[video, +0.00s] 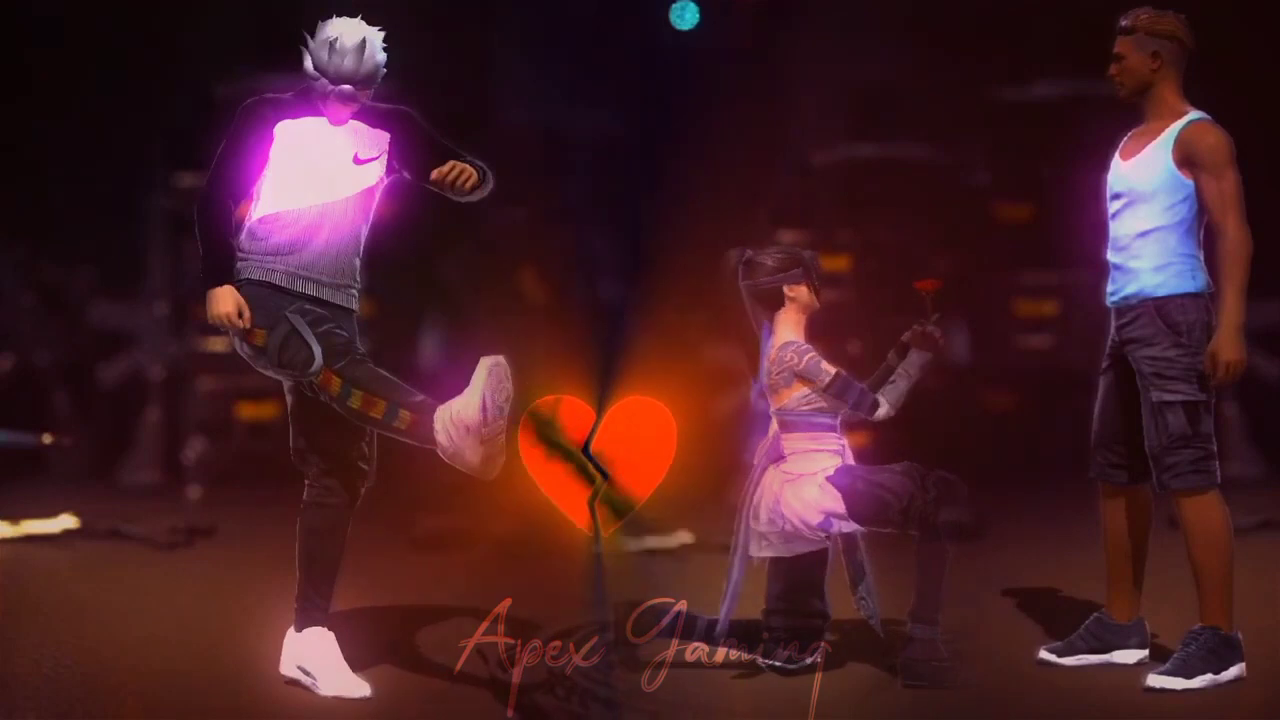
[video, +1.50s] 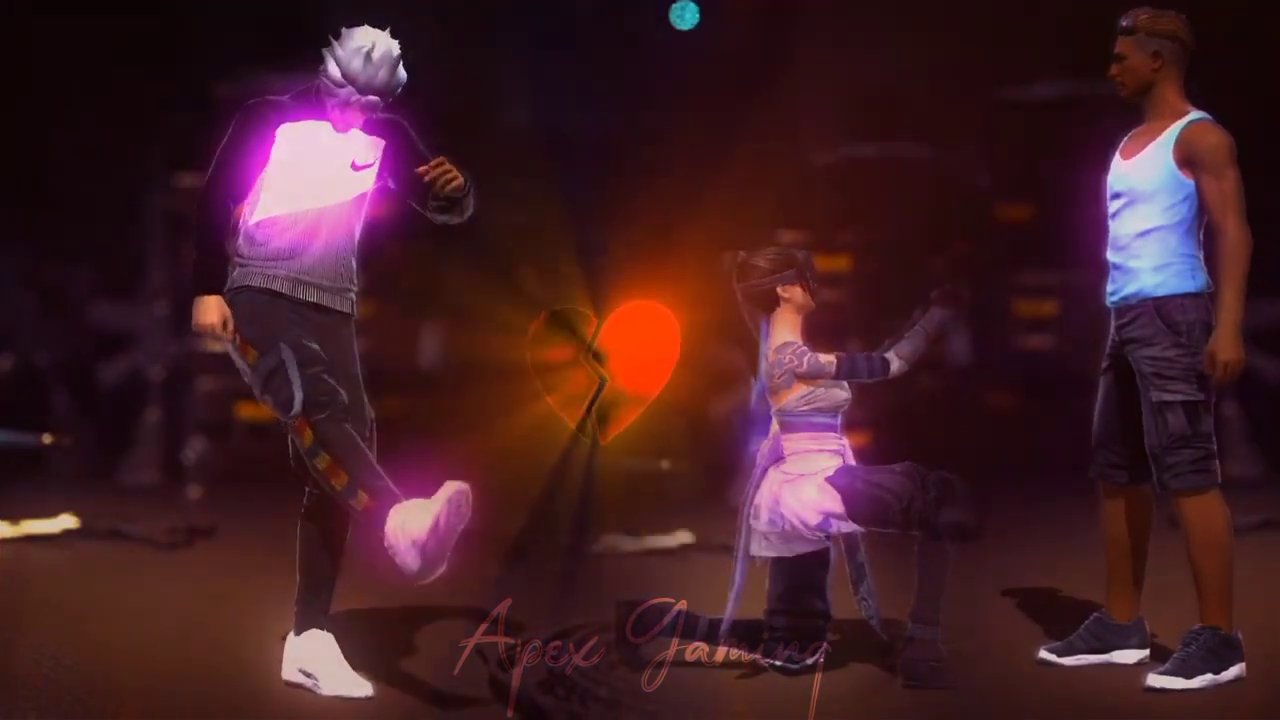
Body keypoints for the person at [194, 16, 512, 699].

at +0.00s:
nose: (345, 106)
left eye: (359, 95)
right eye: (335, 92)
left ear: (376, 82)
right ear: (313, 75)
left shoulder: (395, 127)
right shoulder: (267, 114)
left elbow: (471, 180)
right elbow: (218, 197)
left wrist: (472, 177)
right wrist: (216, 277)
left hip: (336, 307)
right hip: (260, 291)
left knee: (336, 475)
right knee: (311, 360)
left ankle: (309, 633)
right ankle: (448, 430)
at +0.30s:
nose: (358, 100)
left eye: (370, 90)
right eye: (348, 87)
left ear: (382, 82)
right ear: (322, 70)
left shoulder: (394, 130)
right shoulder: (269, 114)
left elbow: (474, 191)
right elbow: (216, 197)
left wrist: (467, 174)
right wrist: (213, 281)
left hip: (336, 308)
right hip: (261, 292)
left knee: (337, 472)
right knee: (315, 367)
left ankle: (308, 633)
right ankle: (439, 448)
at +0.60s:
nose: (351, 108)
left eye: (365, 98)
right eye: (341, 95)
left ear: (382, 89)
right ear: (320, 75)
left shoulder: (393, 130)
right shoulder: (269, 116)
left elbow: (471, 191)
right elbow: (217, 198)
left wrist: (465, 174)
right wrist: (212, 282)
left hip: (336, 308)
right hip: (261, 292)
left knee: (334, 477)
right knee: (317, 371)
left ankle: (309, 634)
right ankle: (435, 459)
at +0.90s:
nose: (357, 111)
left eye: (370, 102)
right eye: (348, 96)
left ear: (386, 93)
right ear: (329, 76)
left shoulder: (391, 133)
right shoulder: (269, 115)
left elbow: (460, 202)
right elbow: (218, 200)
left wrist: (458, 179)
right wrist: (209, 285)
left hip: (334, 308)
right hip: (262, 293)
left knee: (335, 470)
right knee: (317, 393)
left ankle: (309, 634)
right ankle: (415, 493)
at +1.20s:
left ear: (389, 84)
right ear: (333, 67)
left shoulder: (392, 135)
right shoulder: (270, 116)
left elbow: (446, 211)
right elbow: (219, 202)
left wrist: (456, 192)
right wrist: (207, 287)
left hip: (335, 310)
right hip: (263, 295)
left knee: (345, 461)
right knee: (313, 407)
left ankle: (308, 635)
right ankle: (400, 519)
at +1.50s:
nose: (357, 117)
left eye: (370, 107)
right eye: (348, 102)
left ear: (386, 98)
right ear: (329, 80)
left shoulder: (391, 136)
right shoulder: (270, 118)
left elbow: (445, 213)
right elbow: (219, 202)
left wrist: (456, 194)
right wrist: (207, 287)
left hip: (334, 309)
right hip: (263, 294)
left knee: (344, 461)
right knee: (311, 408)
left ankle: (308, 635)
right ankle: (397, 520)